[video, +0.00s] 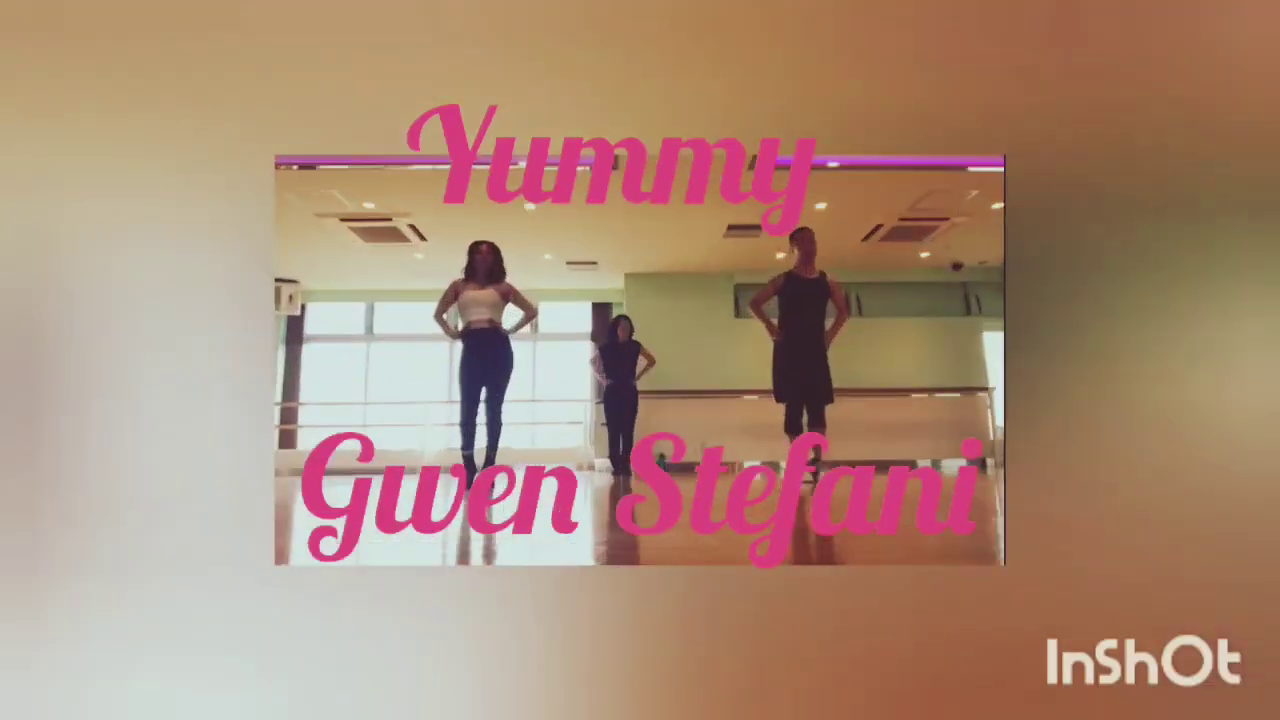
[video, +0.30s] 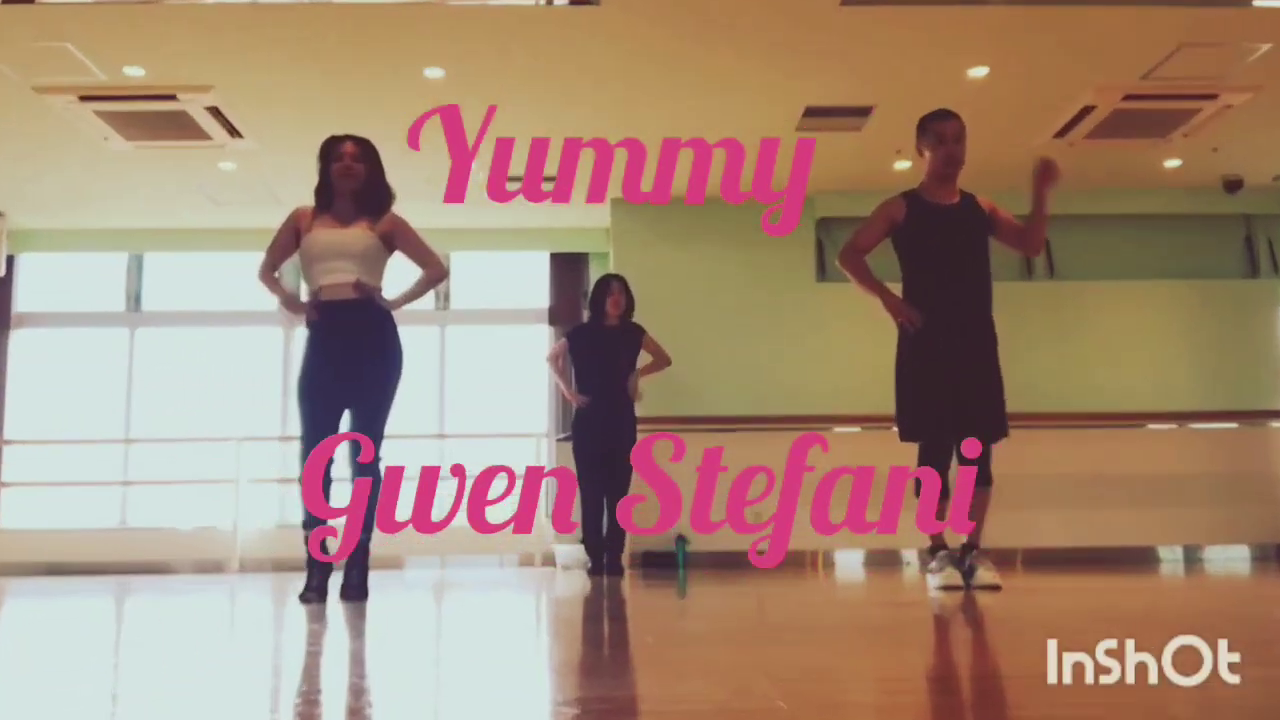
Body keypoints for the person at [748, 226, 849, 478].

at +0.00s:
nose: (810, 246)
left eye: (812, 241)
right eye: (805, 242)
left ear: (816, 245)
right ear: (795, 246)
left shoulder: (826, 282)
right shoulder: (784, 280)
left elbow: (843, 312)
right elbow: (755, 303)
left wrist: (829, 336)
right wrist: (771, 327)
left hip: (815, 349)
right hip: (789, 349)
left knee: (817, 407)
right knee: (794, 405)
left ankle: (817, 459)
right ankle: (796, 457)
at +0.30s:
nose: (953, 150)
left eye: (959, 141)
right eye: (942, 142)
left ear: (967, 147)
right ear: (922, 149)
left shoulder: (980, 208)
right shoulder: (901, 209)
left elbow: (1031, 243)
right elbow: (848, 255)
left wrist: (1041, 191)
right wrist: (890, 300)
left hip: (976, 343)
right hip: (927, 343)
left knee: (979, 452)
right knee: (935, 449)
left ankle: (972, 552)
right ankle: (936, 554)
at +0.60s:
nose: (1029, 106)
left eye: (1027, 96)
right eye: (1016, 97)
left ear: (1008, 110)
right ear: (979, 112)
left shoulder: (1042, 175)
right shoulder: (957, 193)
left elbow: (1112, 211)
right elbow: (905, 268)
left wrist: (1126, 168)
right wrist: (967, 295)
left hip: (1074, 347)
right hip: (1015, 354)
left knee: (1083, 475)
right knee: (1028, 477)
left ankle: (1061, 601)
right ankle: (1018, 602)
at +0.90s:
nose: (1030, 94)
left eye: (1025, 83)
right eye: (1016, 84)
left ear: (993, 101)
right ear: (980, 102)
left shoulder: (1050, 159)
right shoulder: (966, 188)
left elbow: (1131, 125)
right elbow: (932, 273)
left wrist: (1195, 76)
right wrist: (997, 283)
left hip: (1090, 340)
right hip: (1031, 349)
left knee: (1097, 476)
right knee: (1043, 481)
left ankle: (1077, 610)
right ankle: (1031, 612)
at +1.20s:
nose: (978, 118)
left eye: (986, 106)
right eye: (965, 110)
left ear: (998, 112)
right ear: (944, 119)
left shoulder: (1028, 172)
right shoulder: (939, 196)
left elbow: (1102, 153)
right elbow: (888, 264)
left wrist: (1124, 93)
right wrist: (927, 251)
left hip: (1048, 341)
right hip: (989, 348)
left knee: (1049, 469)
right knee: (1000, 470)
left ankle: (1042, 590)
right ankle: (999, 592)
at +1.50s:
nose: (913, 161)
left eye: (919, 152)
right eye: (904, 155)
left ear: (932, 157)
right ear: (891, 164)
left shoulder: (962, 209)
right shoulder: (883, 223)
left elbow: (1016, 241)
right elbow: (861, 279)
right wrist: (884, 268)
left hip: (961, 342)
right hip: (911, 347)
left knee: (968, 444)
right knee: (921, 446)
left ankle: (979, 538)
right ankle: (926, 542)